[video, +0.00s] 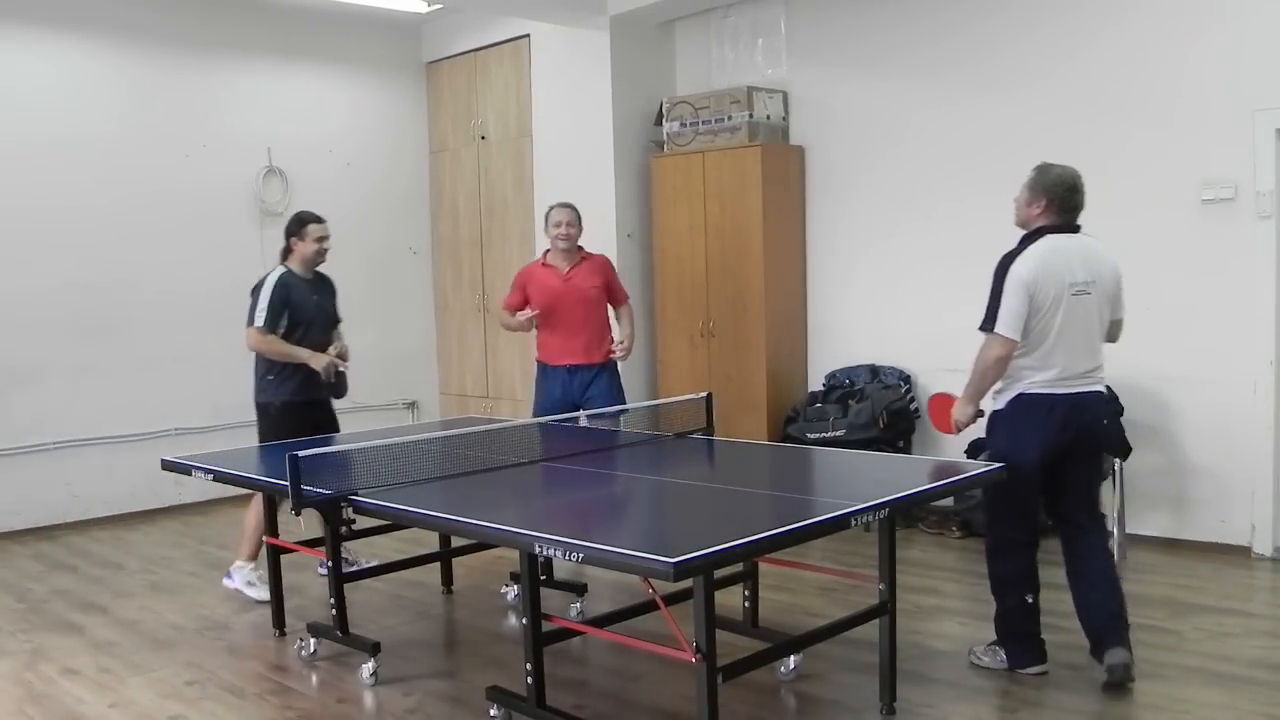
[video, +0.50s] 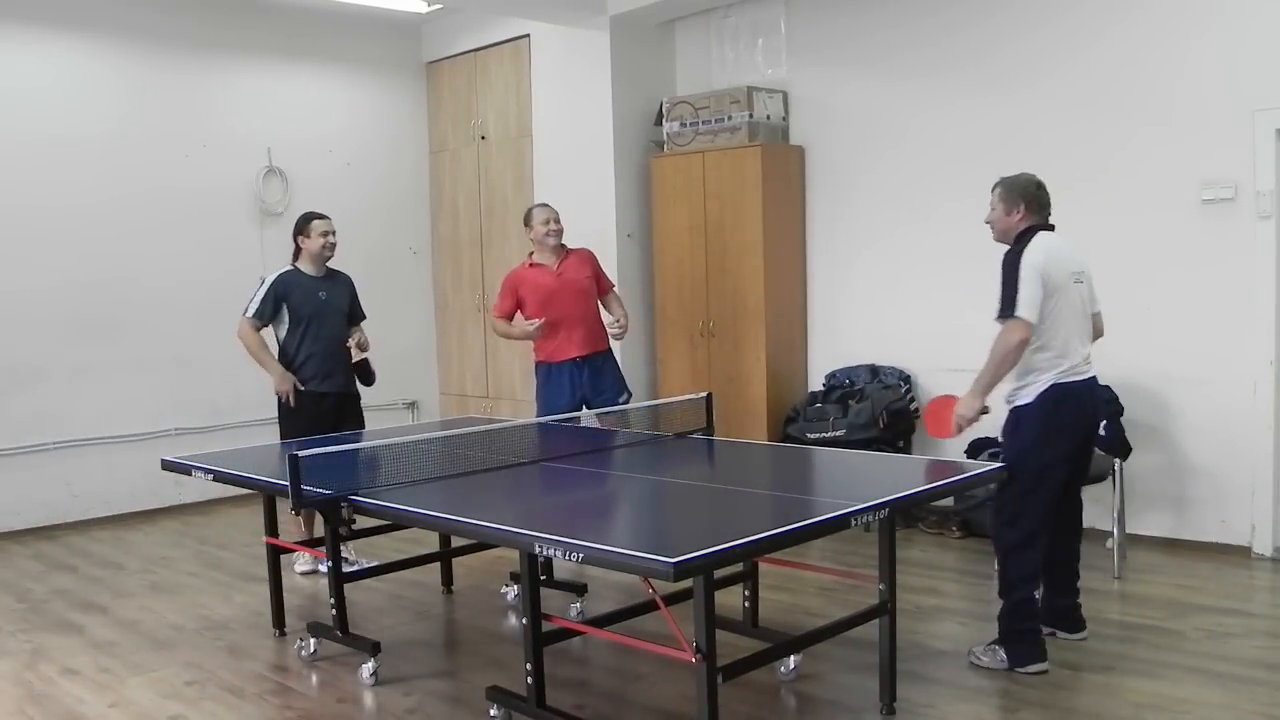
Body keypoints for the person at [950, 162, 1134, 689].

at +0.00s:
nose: (1016, 206)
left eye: (1022, 199)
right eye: (1020, 198)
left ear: (1041, 205)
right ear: (1067, 208)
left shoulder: (1023, 263)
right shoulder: (1102, 258)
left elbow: (1000, 348)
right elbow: (1111, 331)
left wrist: (969, 400)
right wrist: (1053, 329)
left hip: (1026, 416)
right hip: (1089, 414)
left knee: (1011, 531)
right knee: (1083, 525)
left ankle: (1020, 650)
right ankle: (1112, 644)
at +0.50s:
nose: (989, 220)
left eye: (993, 210)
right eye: (990, 210)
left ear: (1018, 212)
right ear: (1037, 213)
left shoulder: (1025, 254)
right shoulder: (1071, 255)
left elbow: (1018, 332)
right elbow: (1094, 328)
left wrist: (977, 393)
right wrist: (1037, 344)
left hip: (1042, 407)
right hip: (1082, 400)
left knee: (1017, 522)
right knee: (1062, 511)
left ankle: (1020, 646)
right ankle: (1062, 613)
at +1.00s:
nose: (1016, 215)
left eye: (1024, 207)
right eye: (1014, 208)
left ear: (1057, 208)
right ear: (1035, 212)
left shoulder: (1090, 251)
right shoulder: (1036, 259)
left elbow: (1132, 319)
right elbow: (1039, 324)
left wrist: (1122, 397)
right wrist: (1002, 364)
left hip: (1104, 411)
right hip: (1055, 412)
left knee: (1122, 525)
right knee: (1066, 520)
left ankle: (1142, 644)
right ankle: (1062, 613)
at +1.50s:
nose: (1089, 207)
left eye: (1100, 197)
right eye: (1085, 198)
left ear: (1133, 201)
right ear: (1082, 204)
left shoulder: (1177, 258)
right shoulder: (1076, 254)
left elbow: (1205, 335)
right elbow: (1052, 314)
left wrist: (1133, 366)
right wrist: (1040, 328)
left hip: (1158, 423)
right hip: (1089, 418)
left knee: (1165, 538)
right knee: (1070, 532)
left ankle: (1160, 646)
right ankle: (1070, 643)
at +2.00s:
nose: (1050, 208)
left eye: (1061, 197)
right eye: (1048, 199)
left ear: (1100, 199)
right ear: (1052, 206)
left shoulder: (1150, 256)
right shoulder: (1049, 263)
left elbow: (1200, 332)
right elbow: (1028, 346)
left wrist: (1130, 366)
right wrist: (1009, 325)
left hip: (1137, 435)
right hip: (1062, 433)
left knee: (1146, 559)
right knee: (1056, 560)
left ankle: (1173, 646)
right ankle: (1072, 678)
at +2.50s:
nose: (1084, 220)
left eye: (1091, 207)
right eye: (1083, 208)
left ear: (1129, 200)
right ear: (1119, 203)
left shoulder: (1183, 257)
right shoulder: (1112, 253)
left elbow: (1208, 355)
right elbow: (1097, 325)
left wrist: (1110, 374)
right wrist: (1044, 320)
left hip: (1173, 443)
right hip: (1110, 437)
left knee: (1176, 580)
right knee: (1101, 564)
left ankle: (1190, 708)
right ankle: (1083, 676)